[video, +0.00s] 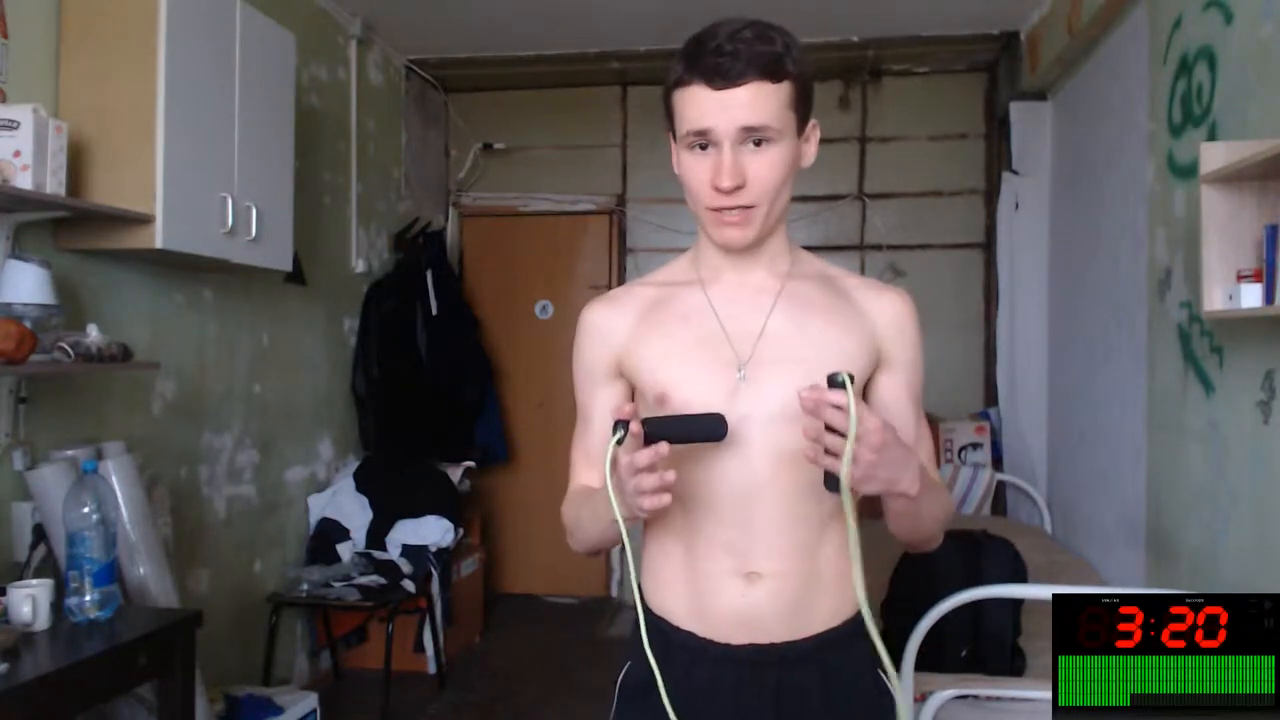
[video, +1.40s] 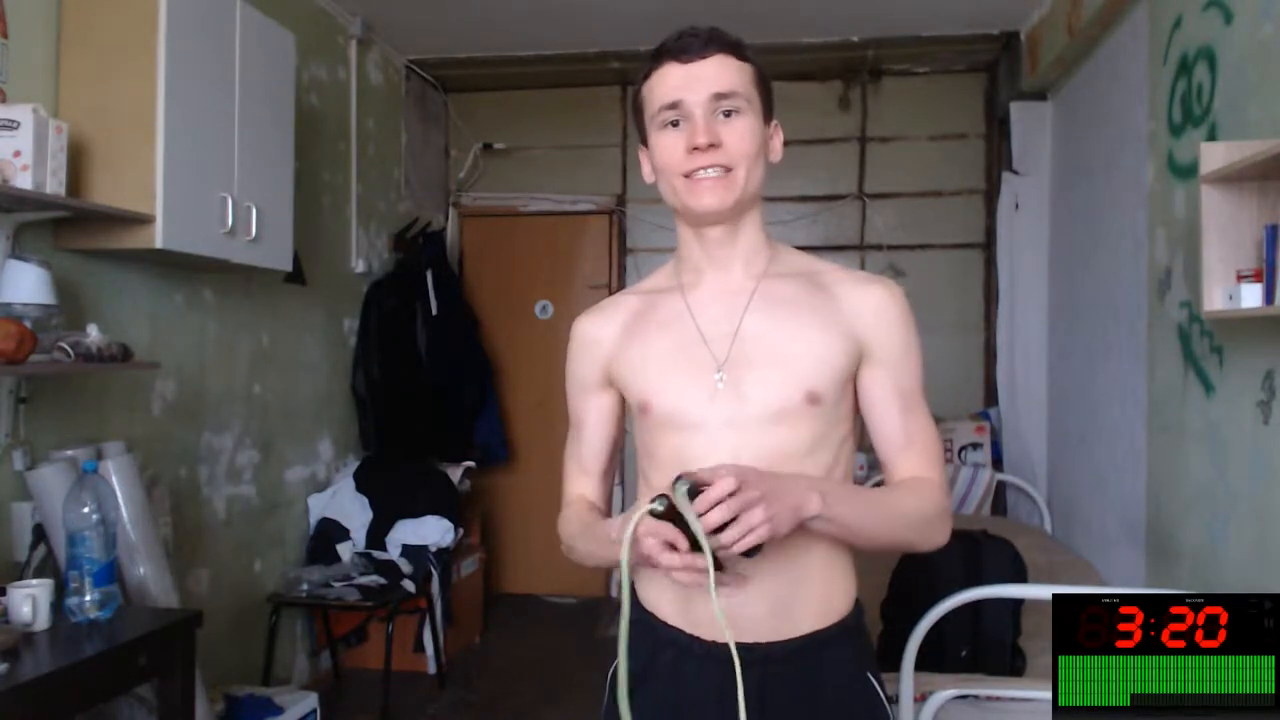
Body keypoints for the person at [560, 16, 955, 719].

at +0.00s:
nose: (727, 176)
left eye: (756, 141)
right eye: (701, 145)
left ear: (806, 146)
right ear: (674, 156)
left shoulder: (879, 314)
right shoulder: (614, 323)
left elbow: (925, 532)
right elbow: (579, 529)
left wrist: (904, 477)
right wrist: (615, 500)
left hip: (835, 675)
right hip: (676, 678)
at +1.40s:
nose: (702, 137)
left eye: (728, 112)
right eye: (674, 120)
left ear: (772, 141)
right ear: (647, 161)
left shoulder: (865, 307)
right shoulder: (604, 333)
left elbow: (929, 514)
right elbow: (576, 523)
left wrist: (807, 497)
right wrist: (628, 539)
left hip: (820, 675)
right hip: (665, 677)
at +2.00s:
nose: (726, 124)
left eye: (755, 108)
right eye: (700, 105)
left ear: (789, 152)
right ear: (662, 147)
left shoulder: (868, 303)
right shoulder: (603, 327)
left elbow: (948, 517)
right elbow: (573, 506)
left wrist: (833, 415)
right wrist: (602, 536)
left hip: (826, 669)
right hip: (671, 670)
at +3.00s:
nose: (721, 160)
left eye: (746, 128)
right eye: (692, 134)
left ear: (783, 145)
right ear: (654, 157)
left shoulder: (867, 313)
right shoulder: (605, 328)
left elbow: (932, 532)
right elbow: (585, 491)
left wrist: (888, 468)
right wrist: (591, 543)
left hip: (818, 671)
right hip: (664, 669)